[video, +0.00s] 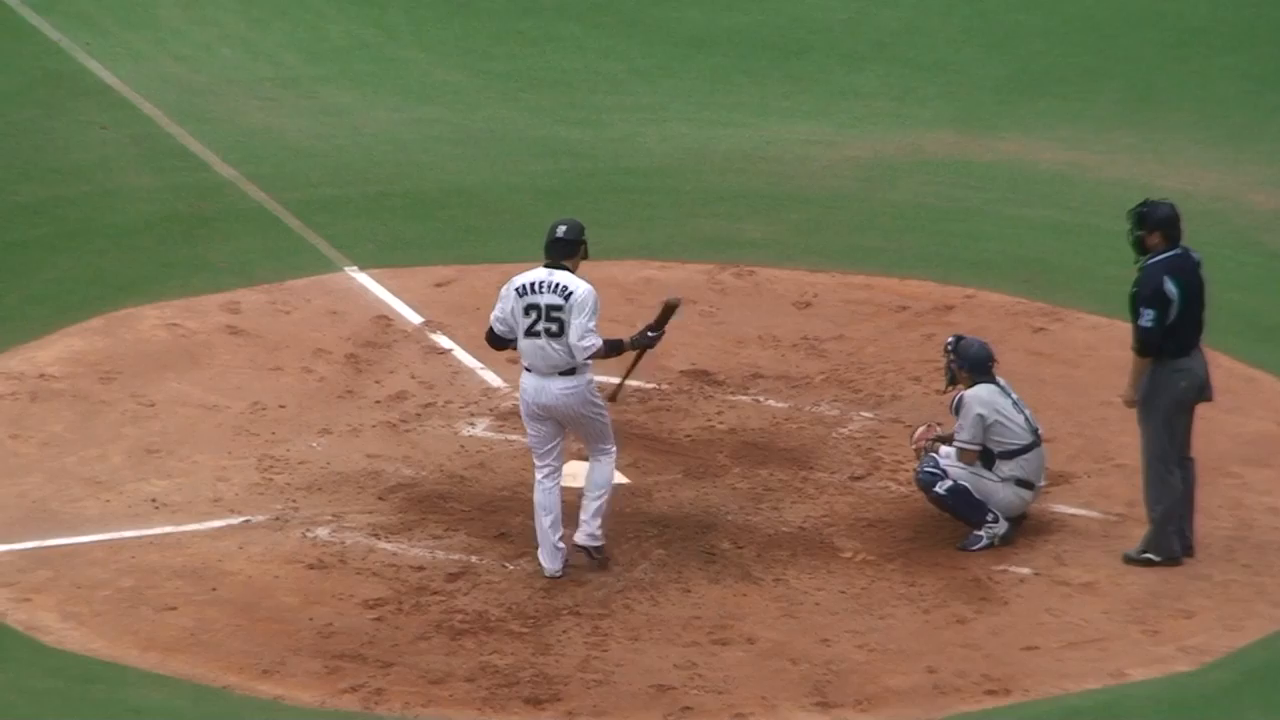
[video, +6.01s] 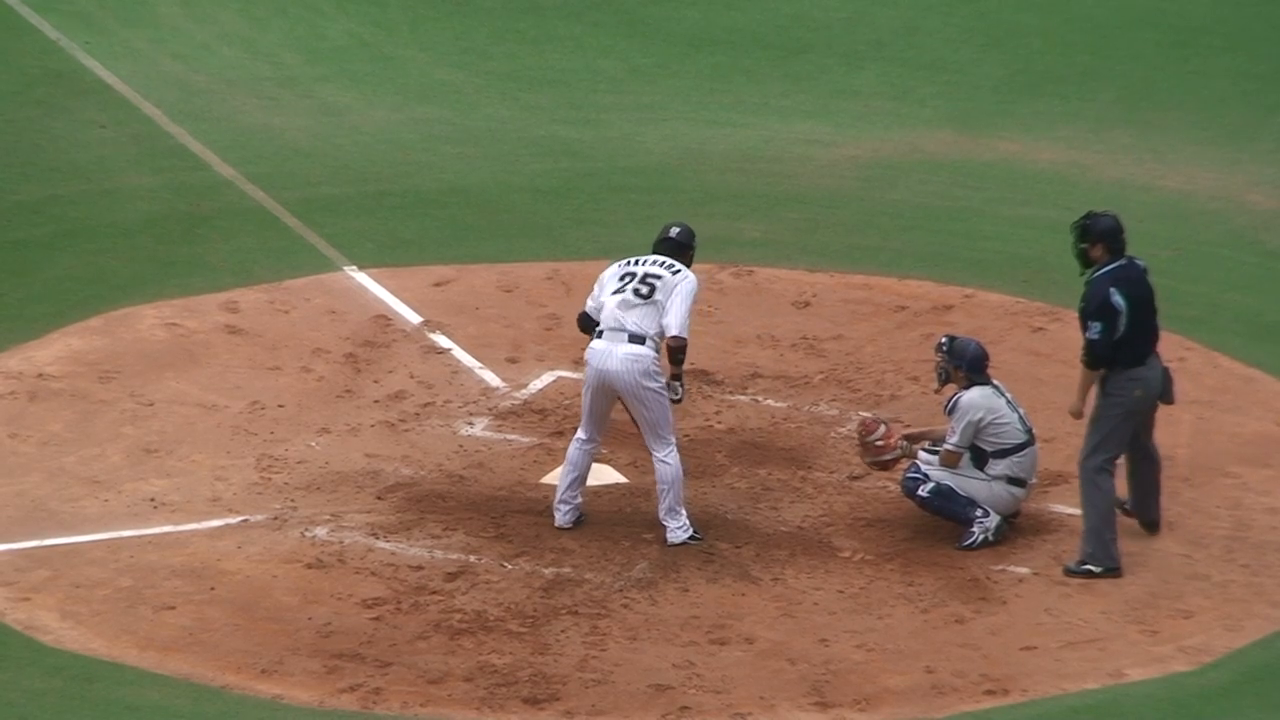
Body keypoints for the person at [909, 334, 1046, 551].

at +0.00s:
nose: (948, 366)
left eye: (952, 362)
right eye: (949, 361)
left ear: (964, 370)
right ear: (985, 366)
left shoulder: (972, 399)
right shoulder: (998, 384)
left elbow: (967, 457)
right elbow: (976, 432)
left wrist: (933, 447)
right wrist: (941, 437)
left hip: (1013, 495)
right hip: (1029, 485)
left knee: (929, 470)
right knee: (948, 451)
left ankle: (992, 524)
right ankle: (1010, 509)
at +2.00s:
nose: (913, 393)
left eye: (916, 388)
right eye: (911, 388)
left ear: (931, 390)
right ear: (950, 376)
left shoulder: (937, 412)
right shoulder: (979, 381)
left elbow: (954, 468)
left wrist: (922, 458)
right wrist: (926, 452)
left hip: (1007, 497)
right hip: (1035, 478)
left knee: (915, 480)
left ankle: (985, 524)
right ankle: (1007, 511)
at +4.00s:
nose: (931, 372)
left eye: (936, 368)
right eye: (933, 367)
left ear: (951, 375)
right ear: (965, 372)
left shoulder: (964, 402)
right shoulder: (984, 387)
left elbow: (949, 462)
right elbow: (955, 436)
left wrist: (916, 451)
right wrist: (912, 434)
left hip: (1004, 492)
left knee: (914, 478)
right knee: (929, 453)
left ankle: (985, 520)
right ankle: (1003, 507)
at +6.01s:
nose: (940, 366)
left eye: (945, 362)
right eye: (942, 361)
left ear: (960, 371)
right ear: (973, 370)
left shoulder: (969, 402)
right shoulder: (992, 387)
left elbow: (948, 462)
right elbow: (961, 433)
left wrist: (912, 452)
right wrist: (920, 435)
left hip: (1004, 492)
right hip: (1018, 482)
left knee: (914, 478)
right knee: (929, 451)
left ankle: (983, 519)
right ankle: (1002, 506)